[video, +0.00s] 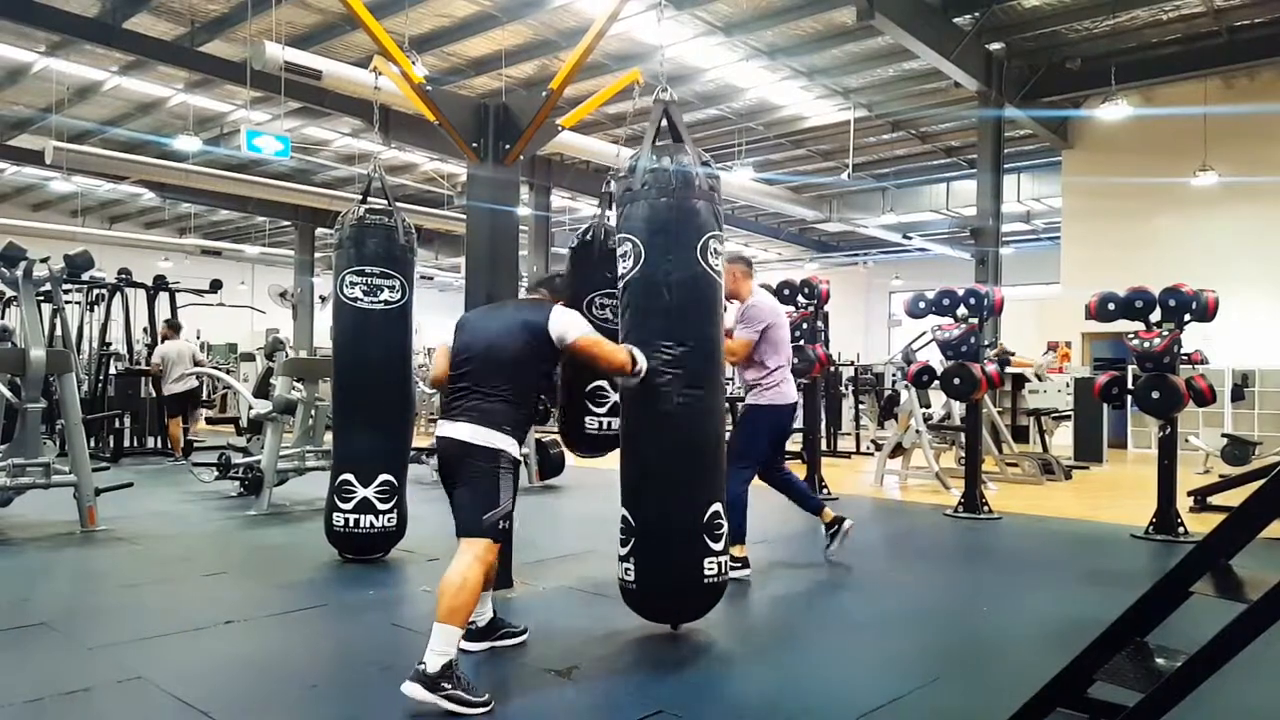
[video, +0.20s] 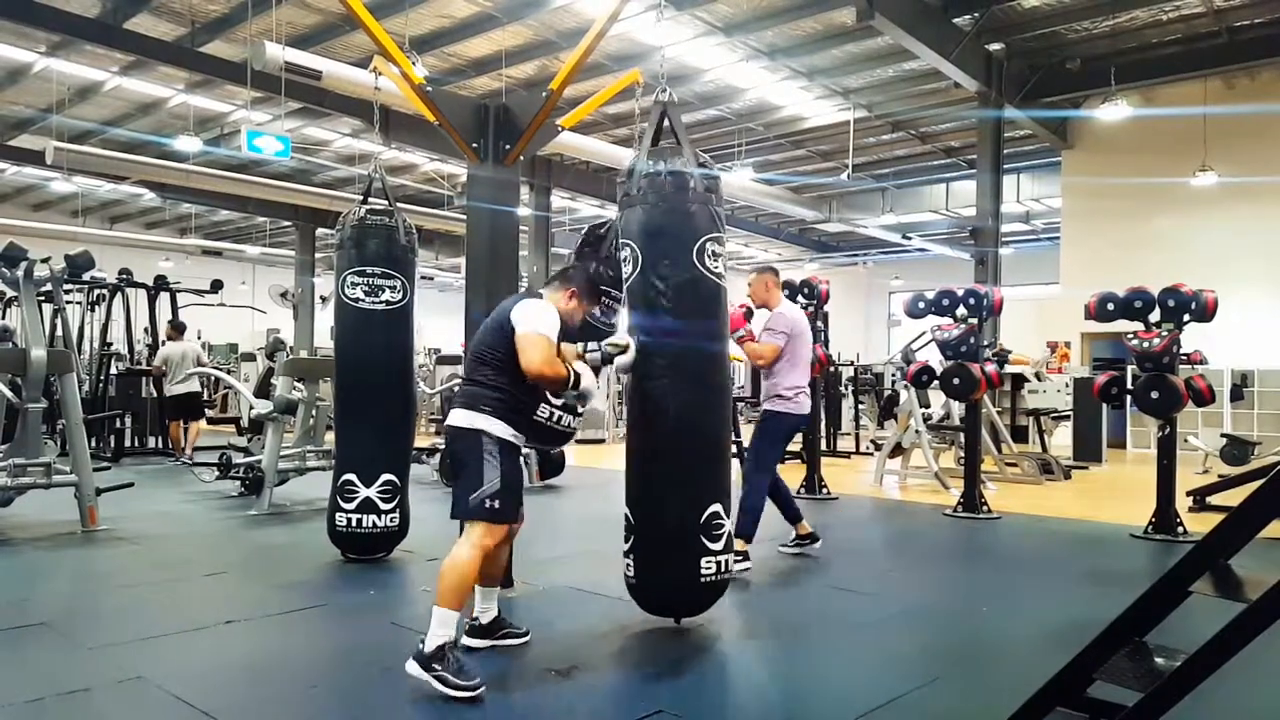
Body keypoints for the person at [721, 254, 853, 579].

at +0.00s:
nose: (721, 284)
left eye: (723, 277)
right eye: (721, 277)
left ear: (737, 276)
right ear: (744, 275)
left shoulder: (755, 306)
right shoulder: (765, 303)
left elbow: (737, 353)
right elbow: (738, 345)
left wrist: (710, 337)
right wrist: (722, 335)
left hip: (764, 402)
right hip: (782, 401)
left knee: (735, 475)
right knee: (771, 469)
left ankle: (736, 553)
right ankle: (830, 520)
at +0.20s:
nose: (749, 294)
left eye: (751, 287)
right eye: (749, 288)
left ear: (769, 284)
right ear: (772, 285)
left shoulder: (783, 315)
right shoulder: (790, 315)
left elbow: (763, 357)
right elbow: (764, 357)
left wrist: (741, 334)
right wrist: (745, 335)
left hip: (782, 407)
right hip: (791, 406)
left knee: (756, 470)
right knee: (761, 469)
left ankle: (740, 547)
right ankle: (802, 530)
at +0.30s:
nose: (761, 285)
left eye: (765, 279)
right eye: (761, 280)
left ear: (784, 278)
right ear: (782, 278)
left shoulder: (802, 309)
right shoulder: (785, 312)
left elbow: (789, 352)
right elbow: (780, 353)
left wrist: (759, 329)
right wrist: (757, 329)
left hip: (801, 401)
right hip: (793, 400)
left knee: (772, 465)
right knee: (780, 468)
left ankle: (768, 543)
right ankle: (807, 536)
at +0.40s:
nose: (774, 274)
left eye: (777, 267)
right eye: (774, 269)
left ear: (796, 266)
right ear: (793, 267)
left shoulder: (814, 296)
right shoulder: (799, 300)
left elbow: (812, 339)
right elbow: (797, 338)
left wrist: (777, 322)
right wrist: (773, 318)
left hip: (819, 388)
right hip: (806, 387)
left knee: (798, 454)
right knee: (796, 454)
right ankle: (806, 523)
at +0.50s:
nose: (787, 278)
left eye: (790, 272)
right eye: (786, 273)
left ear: (809, 271)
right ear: (805, 273)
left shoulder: (826, 298)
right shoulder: (808, 303)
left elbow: (825, 341)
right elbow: (811, 344)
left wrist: (791, 327)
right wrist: (786, 331)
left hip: (834, 391)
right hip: (818, 389)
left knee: (819, 454)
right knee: (800, 449)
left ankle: (865, 514)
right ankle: (821, 517)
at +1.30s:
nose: (792, 310)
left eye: (792, 303)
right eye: (788, 306)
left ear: (807, 294)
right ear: (800, 300)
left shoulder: (829, 314)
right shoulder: (814, 320)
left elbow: (835, 354)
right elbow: (815, 356)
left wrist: (801, 339)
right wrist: (788, 339)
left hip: (833, 394)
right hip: (827, 394)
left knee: (810, 452)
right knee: (832, 455)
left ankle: (818, 525)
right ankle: (844, 517)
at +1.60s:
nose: (772, 314)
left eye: (772, 307)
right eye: (769, 310)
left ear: (786, 298)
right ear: (782, 302)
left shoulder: (810, 319)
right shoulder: (797, 322)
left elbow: (809, 361)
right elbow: (798, 358)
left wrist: (783, 350)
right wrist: (781, 361)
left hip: (814, 404)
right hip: (808, 403)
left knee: (795, 462)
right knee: (811, 458)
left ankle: (782, 529)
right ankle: (839, 510)